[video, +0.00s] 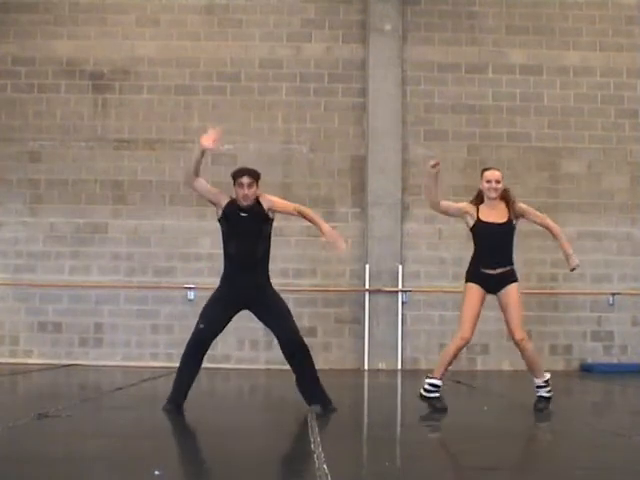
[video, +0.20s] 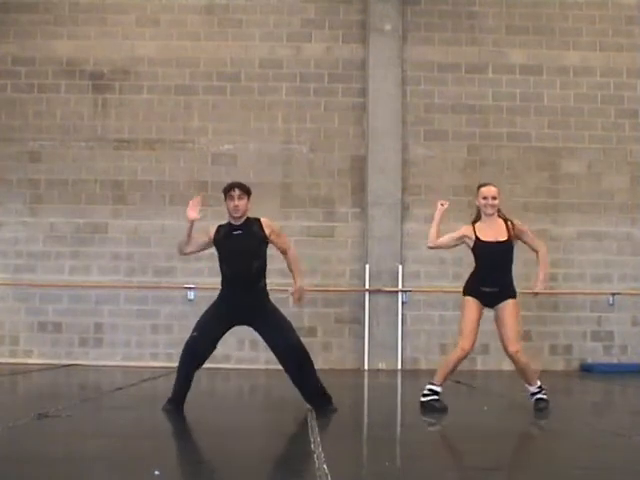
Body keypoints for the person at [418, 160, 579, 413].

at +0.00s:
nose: (493, 185)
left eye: (497, 181)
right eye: (488, 181)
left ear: (503, 185)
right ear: (481, 185)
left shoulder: (514, 208)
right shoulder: (470, 210)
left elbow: (546, 222)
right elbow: (435, 203)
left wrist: (569, 252)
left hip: (506, 277)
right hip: (477, 277)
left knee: (519, 337)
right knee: (464, 336)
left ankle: (542, 384)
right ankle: (432, 384)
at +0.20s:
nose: (490, 202)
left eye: (494, 198)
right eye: (485, 198)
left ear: (500, 201)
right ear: (477, 201)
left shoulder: (512, 227)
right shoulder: (470, 231)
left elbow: (541, 249)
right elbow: (433, 243)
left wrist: (541, 279)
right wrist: (438, 213)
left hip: (505, 292)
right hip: (475, 292)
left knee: (513, 350)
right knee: (465, 347)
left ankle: (537, 391)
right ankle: (432, 390)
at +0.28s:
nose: (491, 195)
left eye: (495, 191)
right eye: (486, 191)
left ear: (501, 194)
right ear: (478, 194)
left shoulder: (511, 219)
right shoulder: (470, 219)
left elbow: (539, 238)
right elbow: (438, 225)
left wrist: (529, 251)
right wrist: (436, 198)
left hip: (503, 285)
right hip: (475, 284)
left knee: (520, 341)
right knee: (460, 340)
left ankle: (539, 389)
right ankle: (431, 389)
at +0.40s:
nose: (496, 193)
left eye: (500, 189)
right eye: (491, 189)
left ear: (506, 192)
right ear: (484, 192)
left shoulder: (512, 218)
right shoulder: (474, 215)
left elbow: (541, 211)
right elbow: (440, 211)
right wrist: (412, 202)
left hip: (503, 284)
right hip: (474, 283)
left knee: (528, 337)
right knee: (450, 336)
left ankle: (536, 391)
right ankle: (425, 390)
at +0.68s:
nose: (506, 201)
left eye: (509, 197)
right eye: (501, 198)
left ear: (514, 199)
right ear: (492, 201)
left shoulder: (520, 229)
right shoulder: (479, 223)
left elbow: (560, 223)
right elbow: (441, 226)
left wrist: (555, 193)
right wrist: (404, 228)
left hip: (510, 293)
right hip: (481, 292)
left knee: (530, 349)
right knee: (454, 342)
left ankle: (532, 391)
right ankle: (423, 390)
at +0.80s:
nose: (503, 205)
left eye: (508, 200)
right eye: (499, 202)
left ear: (518, 204)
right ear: (496, 207)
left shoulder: (522, 231)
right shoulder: (492, 229)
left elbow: (500, 227)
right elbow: (458, 229)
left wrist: (492, 197)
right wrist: (432, 225)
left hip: (506, 293)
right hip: (481, 292)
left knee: (519, 354)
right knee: (454, 342)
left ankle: (533, 392)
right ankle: (422, 390)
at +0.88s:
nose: (495, 214)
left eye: (499, 209)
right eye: (496, 209)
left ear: (514, 211)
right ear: (510, 212)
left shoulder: (514, 235)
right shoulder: (504, 234)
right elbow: (473, 245)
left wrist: (471, 212)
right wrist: (456, 243)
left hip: (501, 295)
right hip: (482, 293)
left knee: (512, 358)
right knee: (453, 343)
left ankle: (536, 390)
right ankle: (423, 391)